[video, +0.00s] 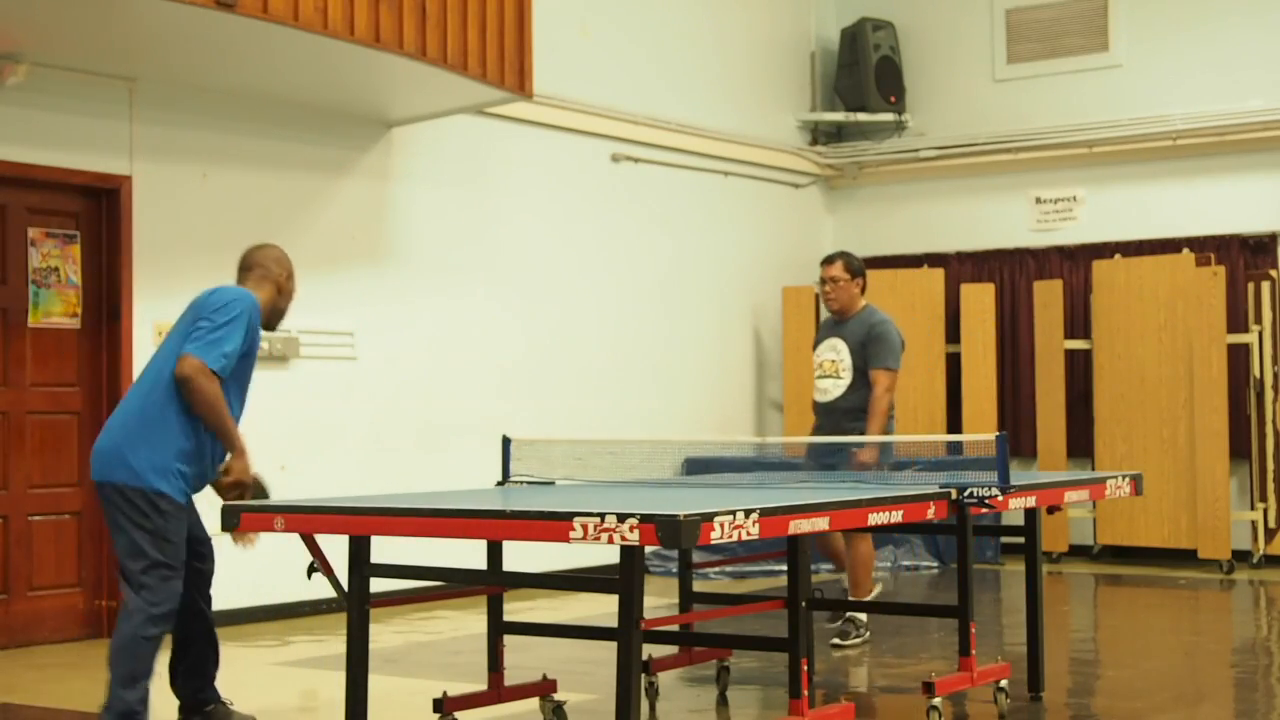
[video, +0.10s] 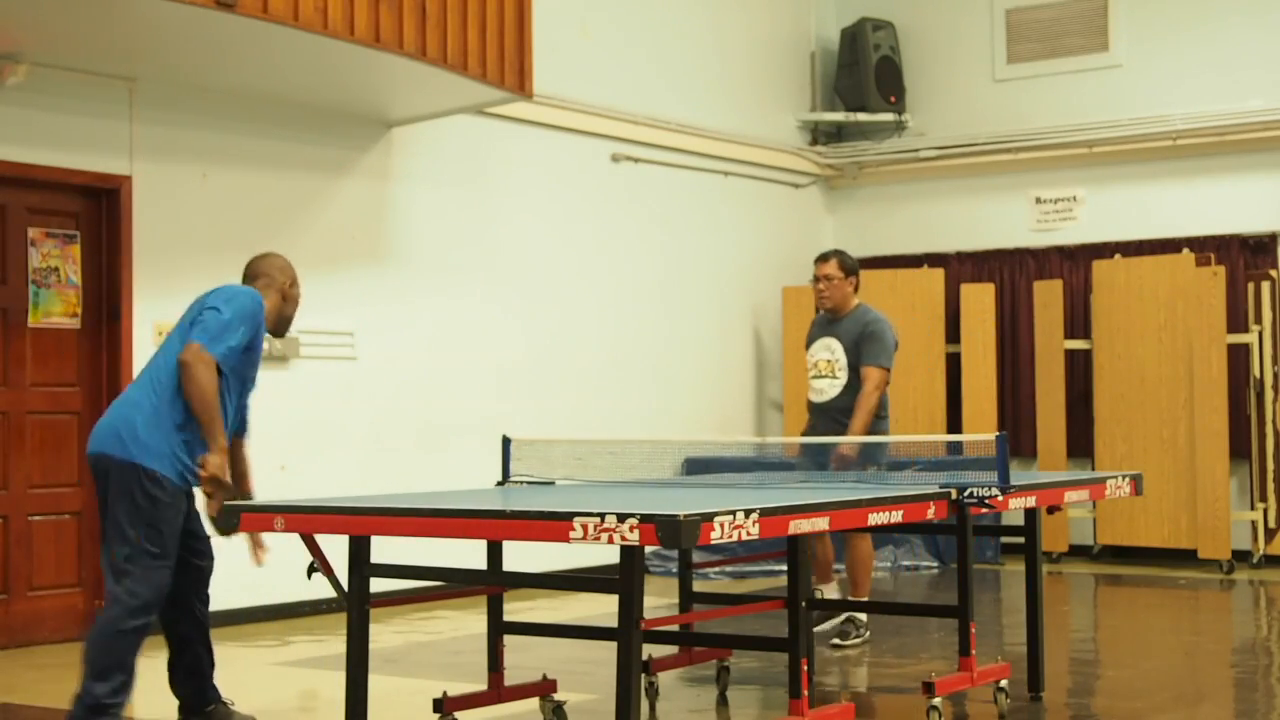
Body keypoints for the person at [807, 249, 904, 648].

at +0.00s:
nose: (827, 290)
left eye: (835, 282)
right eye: (824, 283)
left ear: (859, 284)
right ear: (822, 288)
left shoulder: (879, 328)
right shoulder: (827, 327)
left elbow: (883, 390)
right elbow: (825, 387)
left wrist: (871, 445)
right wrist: (813, 438)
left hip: (860, 444)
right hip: (824, 442)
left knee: (856, 524)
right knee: (812, 519)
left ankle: (857, 615)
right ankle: (863, 578)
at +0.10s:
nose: (821, 288)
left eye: (829, 280)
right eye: (817, 281)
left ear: (852, 283)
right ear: (815, 285)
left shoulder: (873, 325)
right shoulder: (819, 324)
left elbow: (873, 388)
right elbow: (818, 388)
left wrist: (853, 439)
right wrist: (805, 435)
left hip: (860, 443)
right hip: (819, 440)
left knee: (855, 523)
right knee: (807, 518)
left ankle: (857, 614)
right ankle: (828, 598)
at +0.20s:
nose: (815, 288)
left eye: (824, 280)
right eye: (810, 281)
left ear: (845, 284)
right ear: (806, 286)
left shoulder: (868, 325)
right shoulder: (807, 328)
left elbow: (867, 388)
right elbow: (801, 386)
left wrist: (837, 438)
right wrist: (796, 436)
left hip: (857, 444)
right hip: (813, 443)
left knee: (854, 524)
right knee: (808, 525)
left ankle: (857, 615)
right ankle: (809, 610)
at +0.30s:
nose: (815, 287)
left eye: (822, 279)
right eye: (807, 280)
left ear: (836, 282)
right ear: (798, 287)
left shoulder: (862, 324)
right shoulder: (794, 332)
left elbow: (864, 384)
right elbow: (788, 390)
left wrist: (835, 431)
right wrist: (781, 439)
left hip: (856, 441)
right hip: (809, 442)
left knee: (855, 524)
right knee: (806, 523)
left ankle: (857, 615)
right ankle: (808, 610)